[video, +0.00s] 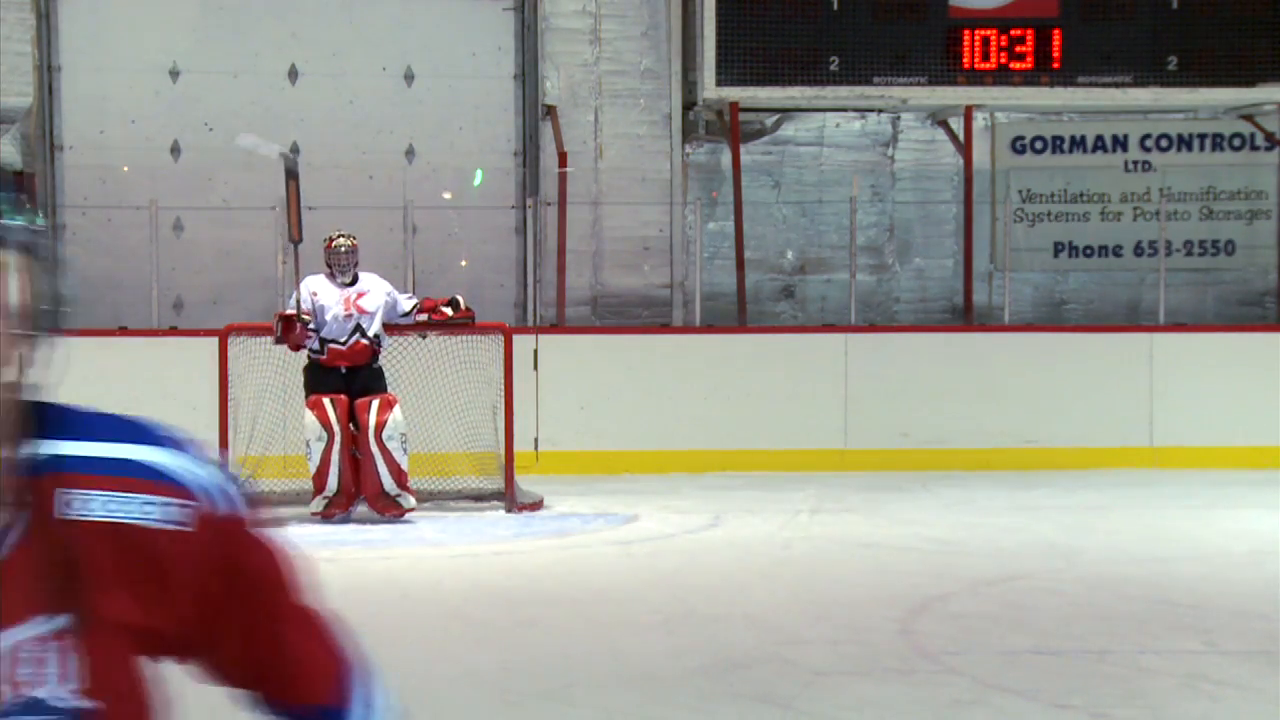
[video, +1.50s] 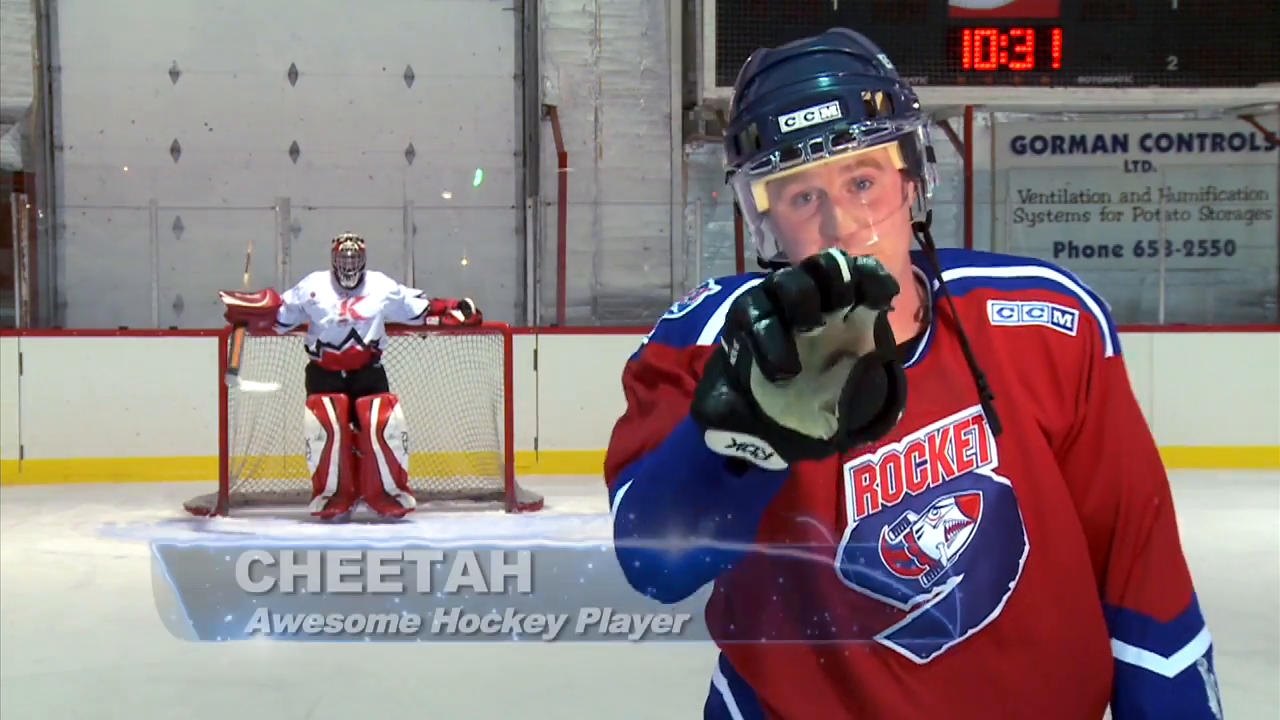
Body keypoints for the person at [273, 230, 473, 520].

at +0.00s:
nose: (343, 261)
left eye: (348, 255)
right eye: (337, 255)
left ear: (357, 257)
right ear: (327, 258)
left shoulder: (375, 285)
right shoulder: (311, 286)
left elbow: (405, 309)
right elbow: (295, 332)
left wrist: (441, 306)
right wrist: (295, 327)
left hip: (366, 372)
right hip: (325, 374)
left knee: (381, 429)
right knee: (329, 433)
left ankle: (385, 499)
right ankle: (334, 500)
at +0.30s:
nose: (344, 261)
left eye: (348, 255)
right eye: (338, 256)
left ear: (356, 257)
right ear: (328, 258)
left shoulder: (377, 285)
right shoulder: (312, 286)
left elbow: (406, 319)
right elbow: (297, 334)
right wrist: (289, 319)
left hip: (367, 376)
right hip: (324, 378)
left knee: (383, 440)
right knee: (328, 443)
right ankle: (328, 503)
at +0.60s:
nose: (344, 259)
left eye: (348, 253)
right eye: (338, 254)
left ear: (356, 256)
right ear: (327, 258)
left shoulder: (375, 285)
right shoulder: (313, 284)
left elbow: (405, 309)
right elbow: (285, 322)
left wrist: (442, 306)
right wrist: (295, 304)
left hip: (366, 372)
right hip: (325, 374)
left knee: (382, 429)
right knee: (333, 432)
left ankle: (387, 499)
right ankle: (333, 501)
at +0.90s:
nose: (342, 260)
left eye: (347, 253)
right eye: (336, 255)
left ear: (354, 255)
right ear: (325, 259)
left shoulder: (374, 285)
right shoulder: (312, 288)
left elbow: (404, 308)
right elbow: (295, 336)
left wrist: (440, 307)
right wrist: (289, 324)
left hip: (366, 372)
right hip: (325, 374)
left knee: (385, 426)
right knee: (333, 430)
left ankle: (386, 499)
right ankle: (332, 501)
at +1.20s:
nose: (346, 262)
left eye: (351, 256)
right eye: (340, 256)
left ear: (359, 257)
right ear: (329, 259)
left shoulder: (378, 285)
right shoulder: (313, 288)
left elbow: (407, 310)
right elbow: (293, 329)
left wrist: (442, 308)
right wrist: (278, 323)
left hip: (368, 374)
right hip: (326, 375)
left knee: (386, 429)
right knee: (332, 432)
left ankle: (384, 499)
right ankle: (334, 502)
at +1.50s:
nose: (350, 263)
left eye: (355, 258)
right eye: (344, 258)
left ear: (363, 259)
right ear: (334, 259)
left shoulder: (381, 287)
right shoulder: (313, 286)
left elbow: (419, 307)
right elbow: (280, 314)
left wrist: (452, 308)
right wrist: (247, 310)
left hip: (367, 372)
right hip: (325, 374)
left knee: (381, 430)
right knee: (330, 432)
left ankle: (385, 498)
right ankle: (334, 500)